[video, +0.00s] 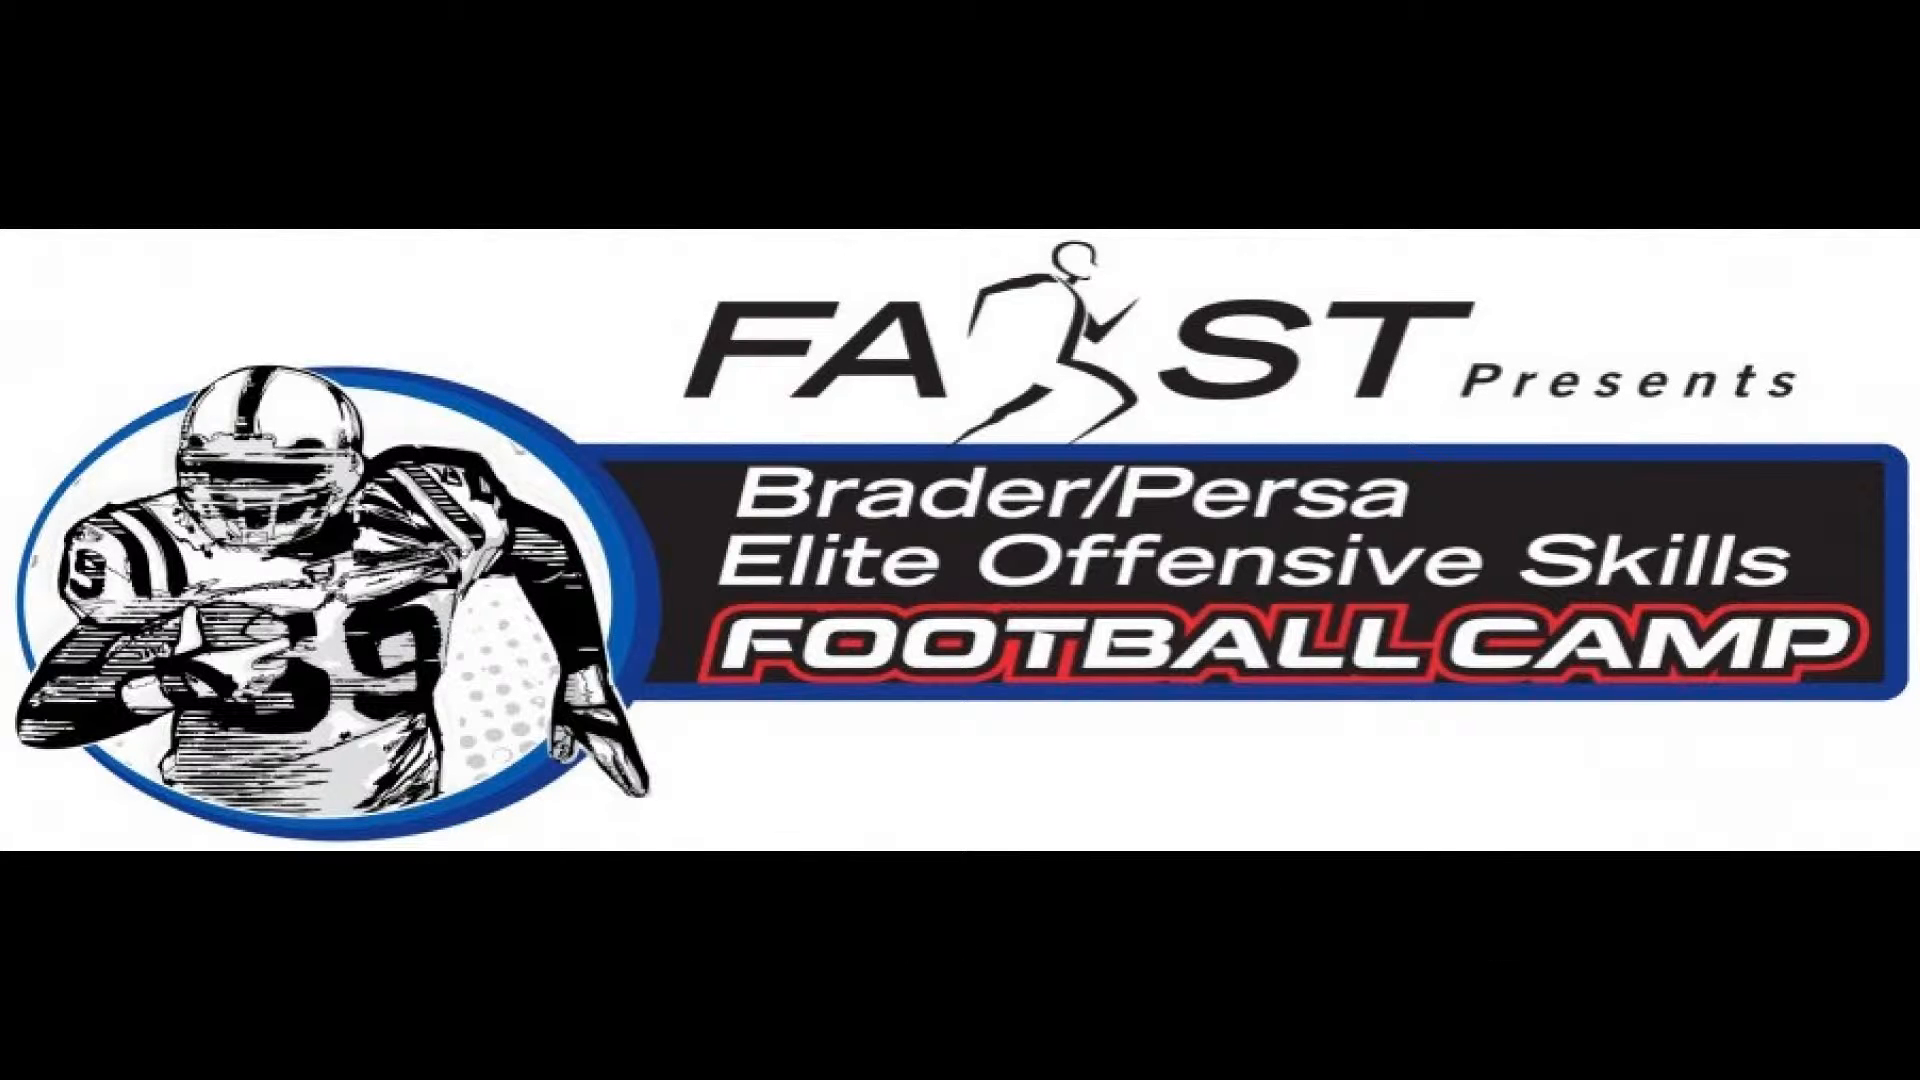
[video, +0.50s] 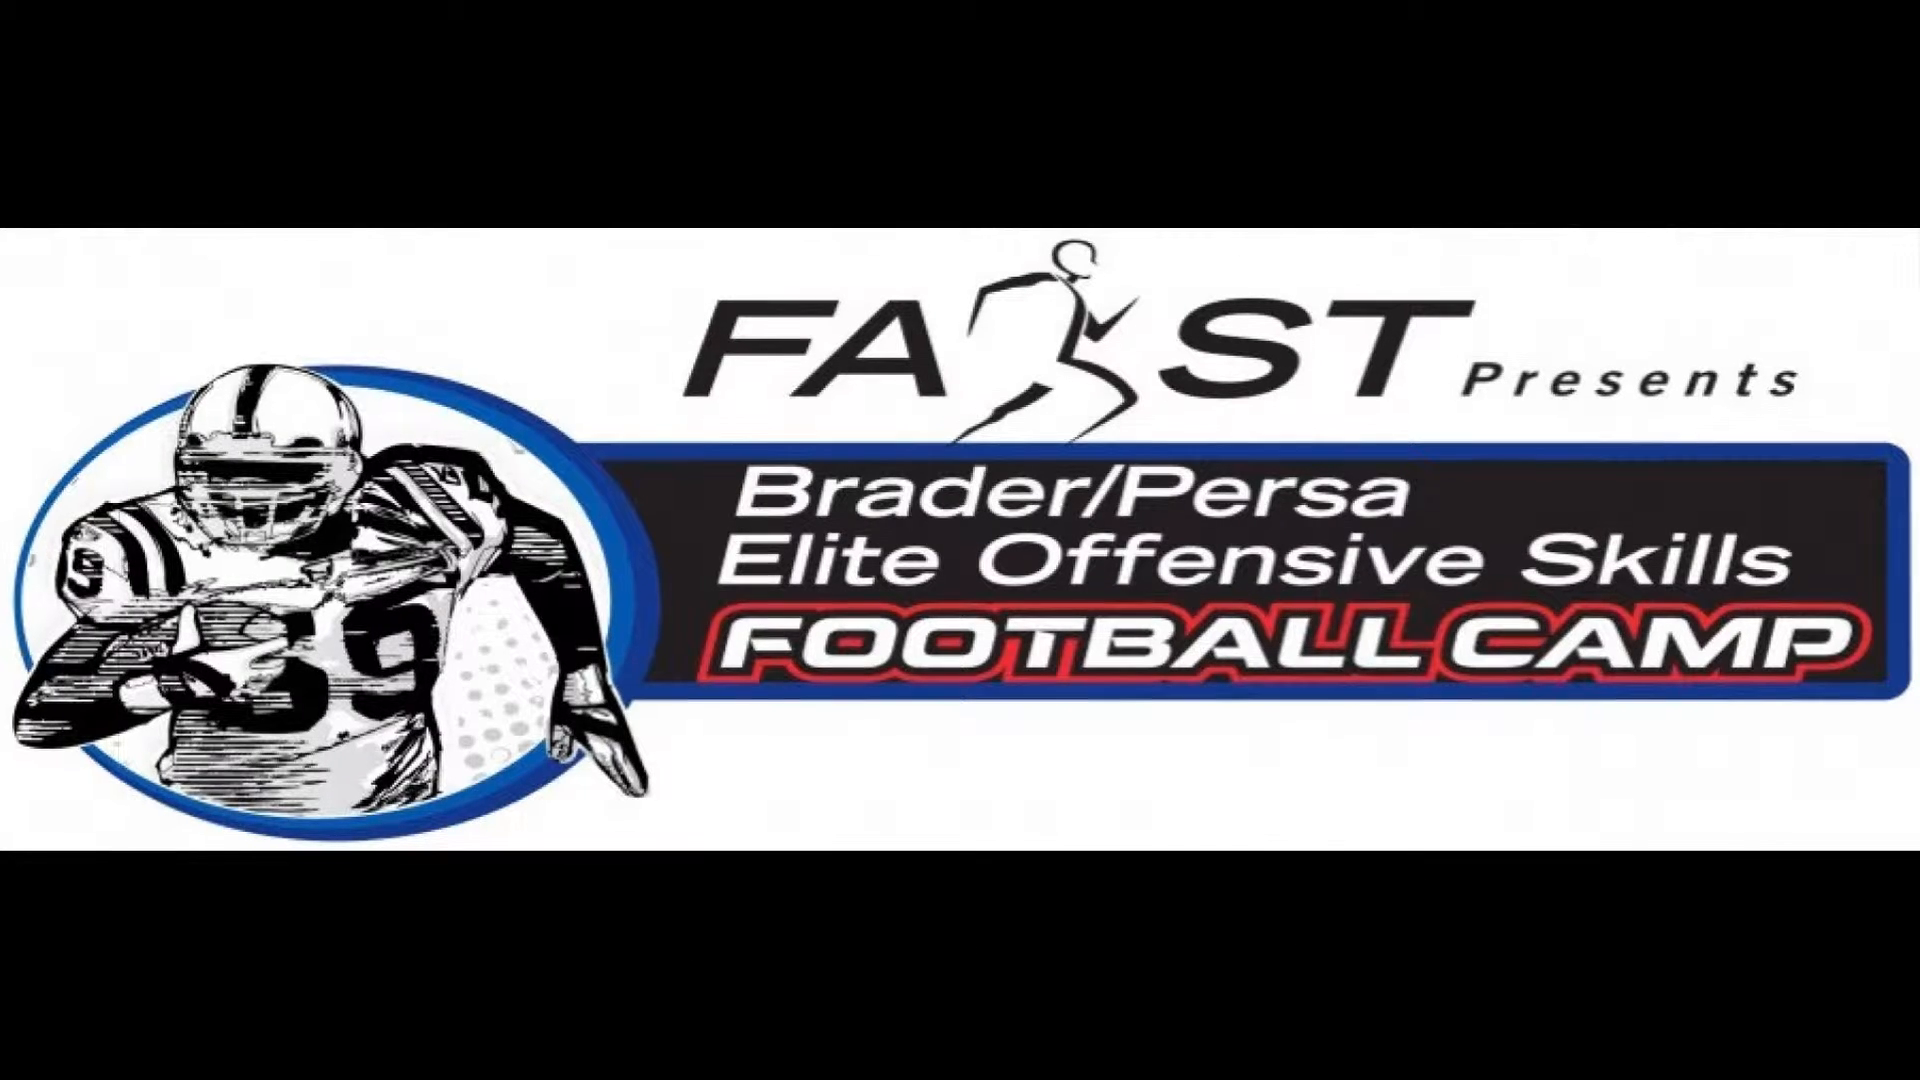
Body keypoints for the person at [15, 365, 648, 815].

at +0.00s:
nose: (252, 515)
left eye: (280, 493)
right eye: (229, 492)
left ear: (336, 480)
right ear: (194, 479)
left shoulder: (426, 508)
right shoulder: (142, 549)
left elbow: (546, 548)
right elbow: (43, 716)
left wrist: (585, 671)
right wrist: (175, 683)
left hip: (387, 812)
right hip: (218, 815)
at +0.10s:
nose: (252, 515)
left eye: (280, 493)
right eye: (229, 492)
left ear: (336, 480)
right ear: (194, 479)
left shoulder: (426, 508)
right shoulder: (142, 549)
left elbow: (546, 548)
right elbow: (43, 716)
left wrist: (585, 671)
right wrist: (175, 683)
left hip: (387, 812)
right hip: (218, 815)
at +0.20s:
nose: (253, 514)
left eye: (281, 492)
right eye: (230, 491)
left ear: (337, 479)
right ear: (194, 478)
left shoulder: (425, 508)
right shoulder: (140, 549)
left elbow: (545, 547)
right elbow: (43, 716)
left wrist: (585, 672)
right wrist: (174, 684)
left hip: (387, 811)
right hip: (219, 815)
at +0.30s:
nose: (253, 514)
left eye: (281, 492)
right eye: (230, 491)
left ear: (337, 479)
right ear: (194, 478)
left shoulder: (425, 507)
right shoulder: (140, 549)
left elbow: (545, 547)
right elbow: (43, 716)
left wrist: (585, 672)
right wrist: (173, 684)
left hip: (388, 811)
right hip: (219, 815)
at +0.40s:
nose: (253, 514)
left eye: (281, 492)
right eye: (230, 491)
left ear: (337, 479)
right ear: (194, 478)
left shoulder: (425, 507)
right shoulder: (140, 549)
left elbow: (545, 547)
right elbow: (43, 716)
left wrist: (585, 672)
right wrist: (173, 684)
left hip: (388, 811)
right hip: (219, 815)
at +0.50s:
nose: (251, 512)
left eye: (279, 490)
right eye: (228, 489)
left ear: (336, 478)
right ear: (192, 478)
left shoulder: (422, 506)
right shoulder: (139, 548)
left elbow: (544, 546)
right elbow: (40, 715)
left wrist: (584, 671)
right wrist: (170, 682)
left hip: (386, 811)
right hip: (217, 815)